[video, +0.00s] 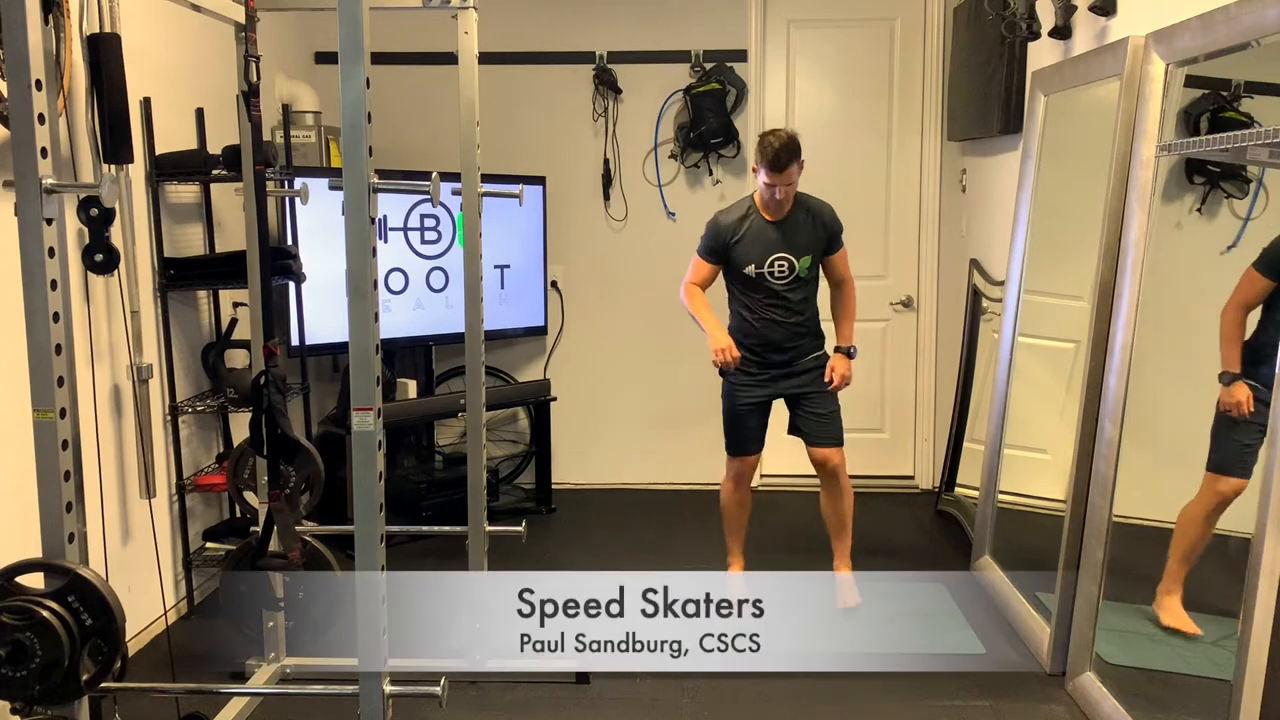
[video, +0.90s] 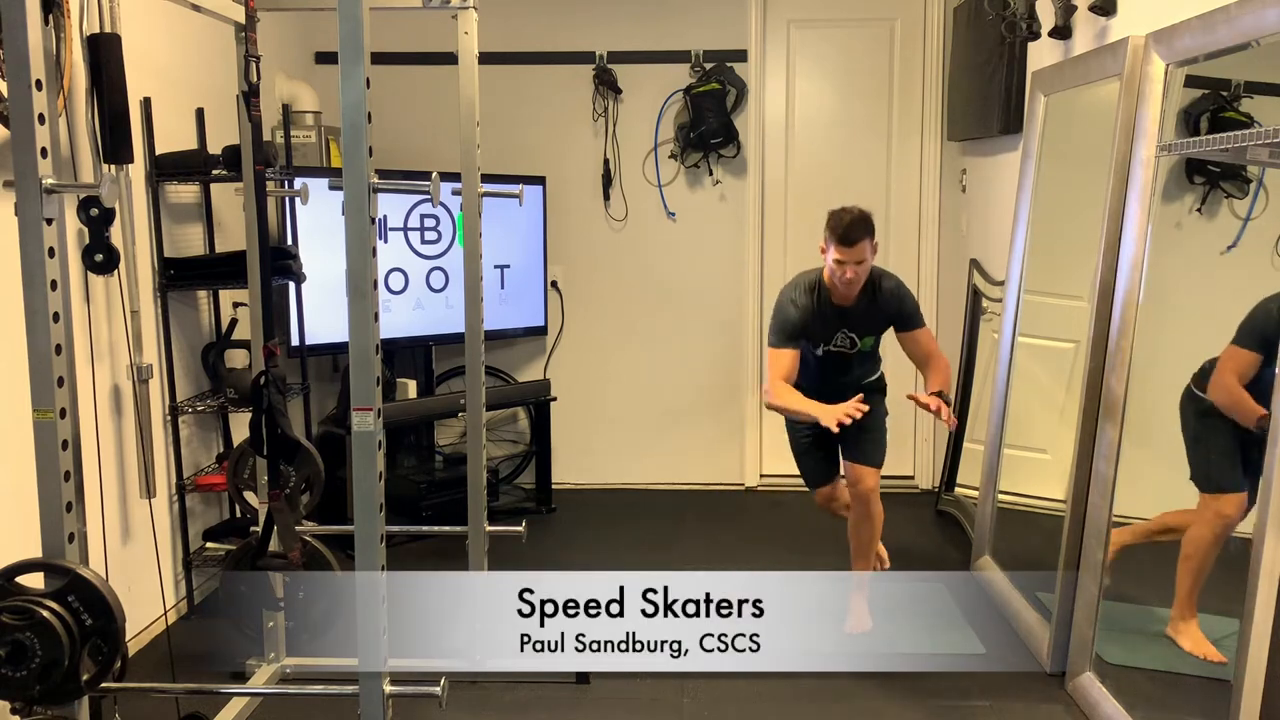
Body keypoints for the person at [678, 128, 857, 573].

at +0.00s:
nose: (778, 194)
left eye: (787, 184)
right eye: (769, 184)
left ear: (801, 172)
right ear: (755, 173)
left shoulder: (821, 220)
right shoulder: (727, 225)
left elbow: (841, 284)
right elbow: (691, 287)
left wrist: (844, 351)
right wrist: (715, 332)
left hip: (807, 365)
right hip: (747, 368)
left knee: (831, 463)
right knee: (740, 469)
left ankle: (843, 567)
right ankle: (735, 565)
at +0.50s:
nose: (832, 207)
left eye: (842, 197)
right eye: (823, 197)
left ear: (855, 191)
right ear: (806, 190)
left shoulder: (875, 246)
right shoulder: (777, 247)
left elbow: (905, 312)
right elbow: (740, 316)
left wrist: (900, 384)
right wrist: (769, 364)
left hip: (851, 376)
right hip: (788, 375)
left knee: (859, 478)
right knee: (767, 473)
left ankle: (860, 592)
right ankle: (752, 558)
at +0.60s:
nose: (841, 220)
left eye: (851, 209)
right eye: (833, 209)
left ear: (864, 204)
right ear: (816, 202)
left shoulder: (883, 256)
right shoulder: (787, 255)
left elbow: (919, 326)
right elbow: (750, 332)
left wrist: (916, 398)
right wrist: (787, 383)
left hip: (857, 376)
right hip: (796, 376)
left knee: (863, 481)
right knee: (782, 475)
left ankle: (861, 594)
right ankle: (786, 544)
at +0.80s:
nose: (851, 255)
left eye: (861, 244)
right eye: (842, 243)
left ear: (875, 235)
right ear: (825, 233)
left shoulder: (891, 280)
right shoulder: (797, 284)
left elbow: (932, 348)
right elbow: (765, 370)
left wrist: (938, 397)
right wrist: (808, 407)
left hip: (861, 389)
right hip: (803, 394)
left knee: (861, 486)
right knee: (816, 489)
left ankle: (859, 595)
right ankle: (852, 518)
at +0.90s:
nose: (848, 274)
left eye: (858, 263)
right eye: (839, 262)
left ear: (873, 253)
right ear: (823, 251)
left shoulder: (890, 293)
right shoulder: (796, 299)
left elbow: (933, 359)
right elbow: (775, 390)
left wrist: (936, 393)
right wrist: (822, 411)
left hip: (862, 395)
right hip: (805, 402)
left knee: (863, 488)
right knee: (827, 495)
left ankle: (859, 594)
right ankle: (867, 524)